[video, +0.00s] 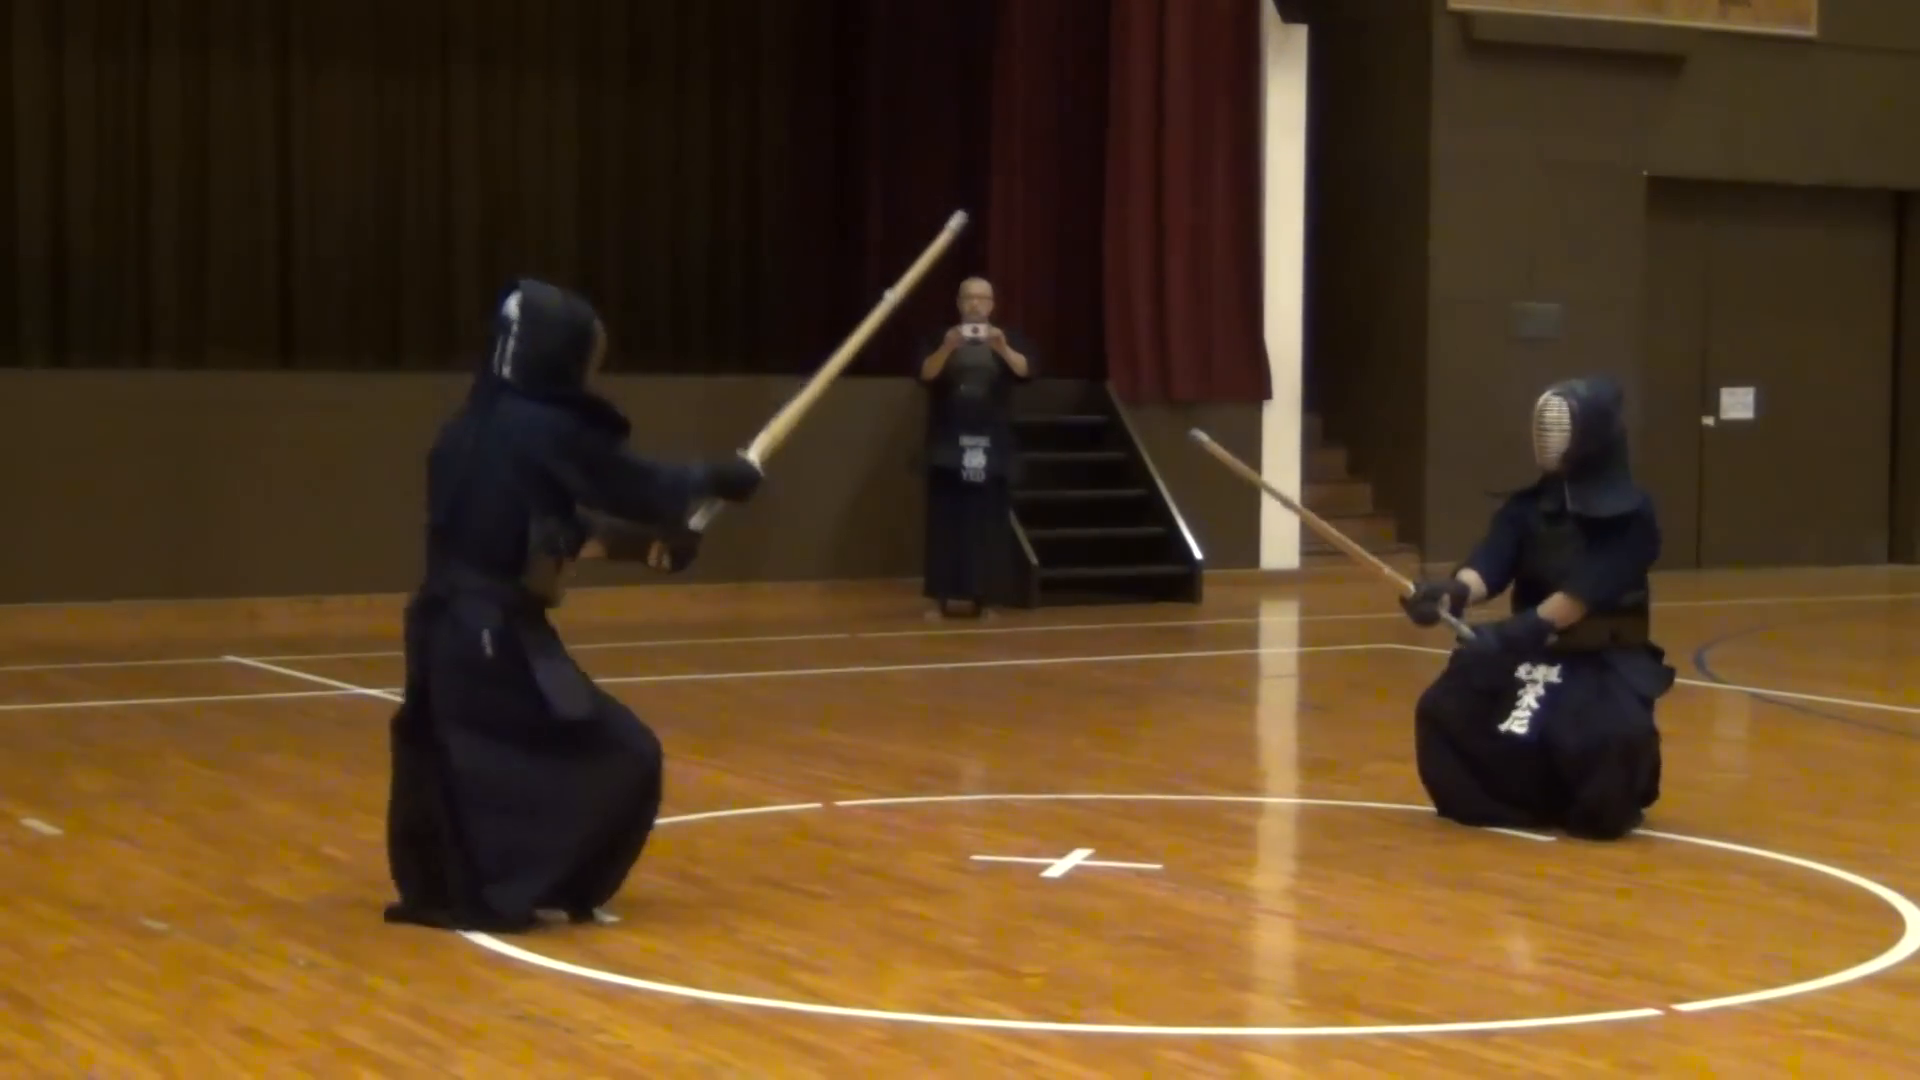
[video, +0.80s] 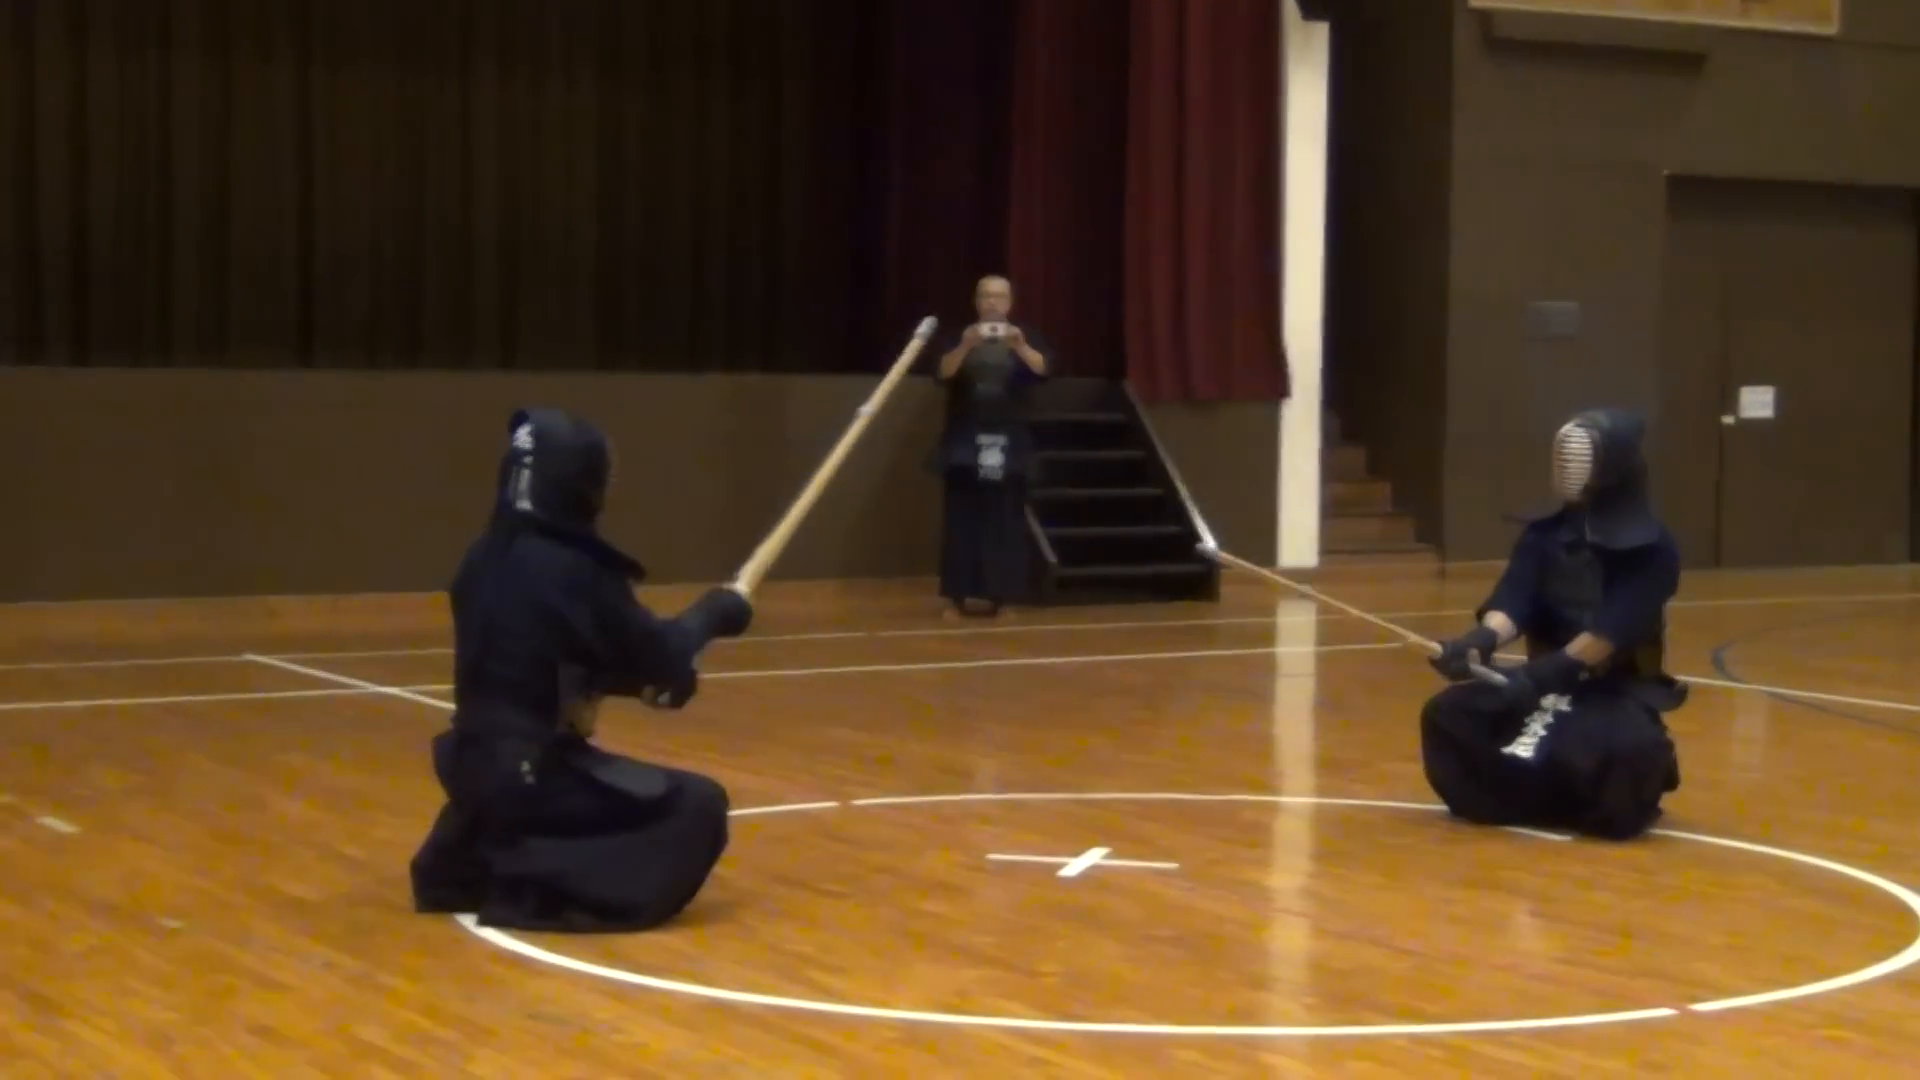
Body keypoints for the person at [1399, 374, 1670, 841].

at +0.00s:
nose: (1544, 436)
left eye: (1557, 425)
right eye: (1542, 425)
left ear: (1593, 433)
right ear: (1536, 429)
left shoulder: (1627, 513)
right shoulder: (1527, 506)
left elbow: (1587, 592)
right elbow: (1493, 561)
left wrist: (1512, 634)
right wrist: (1454, 591)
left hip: (1606, 659)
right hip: (1528, 651)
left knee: (1604, 733)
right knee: (1445, 709)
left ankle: (1605, 810)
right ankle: (1499, 804)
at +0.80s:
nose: (1563, 468)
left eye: (1576, 458)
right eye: (1561, 457)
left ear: (1611, 465)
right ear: (1555, 460)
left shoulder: (1649, 548)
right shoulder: (1544, 534)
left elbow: (1607, 639)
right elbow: (1513, 603)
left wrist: (1531, 681)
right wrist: (1478, 641)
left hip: (1613, 696)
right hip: (1538, 682)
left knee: (1629, 752)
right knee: (1447, 716)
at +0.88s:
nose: (1559, 471)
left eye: (1572, 459)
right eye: (1556, 459)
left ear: (1606, 467)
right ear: (1549, 462)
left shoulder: (1642, 548)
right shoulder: (1538, 537)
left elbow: (1602, 641)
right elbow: (1508, 604)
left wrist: (1528, 683)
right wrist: (1474, 642)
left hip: (1610, 699)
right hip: (1534, 685)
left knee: (1626, 750)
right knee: (1441, 717)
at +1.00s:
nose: (1559, 472)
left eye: (1572, 460)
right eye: (1556, 460)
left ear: (1607, 467)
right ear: (1549, 463)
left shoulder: (1643, 549)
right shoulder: (1539, 537)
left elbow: (1603, 642)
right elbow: (1509, 604)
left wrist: (1528, 686)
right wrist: (1475, 643)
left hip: (1608, 699)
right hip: (1532, 687)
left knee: (1626, 752)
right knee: (1441, 717)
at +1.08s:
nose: (1559, 471)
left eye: (1573, 459)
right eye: (1556, 458)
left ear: (1607, 467)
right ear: (1549, 462)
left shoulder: (1642, 548)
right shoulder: (1538, 537)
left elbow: (1602, 642)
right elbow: (1508, 606)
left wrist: (1528, 686)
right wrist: (1471, 644)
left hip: (1609, 698)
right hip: (1533, 685)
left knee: (1624, 753)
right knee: (1442, 717)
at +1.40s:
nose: (1560, 473)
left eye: (1574, 461)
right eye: (1557, 461)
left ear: (1607, 469)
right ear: (1550, 464)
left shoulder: (1643, 551)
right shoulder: (1538, 540)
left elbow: (1599, 647)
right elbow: (1506, 609)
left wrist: (1528, 686)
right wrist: (1471, 650)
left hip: (1609, 699)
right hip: (1532, 685)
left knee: (1628, 752)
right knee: (1440, 718)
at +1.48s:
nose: (1557, 474)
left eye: (1571, 463)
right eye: (1554, 463)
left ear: (1605, 469)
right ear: (1549, 466)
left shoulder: (1641, 550)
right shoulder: (1538, 541)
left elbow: (1600, 648)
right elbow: (1507, 611)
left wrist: (1528, 687)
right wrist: (1468, 652)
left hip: (1609, 701)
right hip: (1533, 687)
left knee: (1627, 755)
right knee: (1442, 717)